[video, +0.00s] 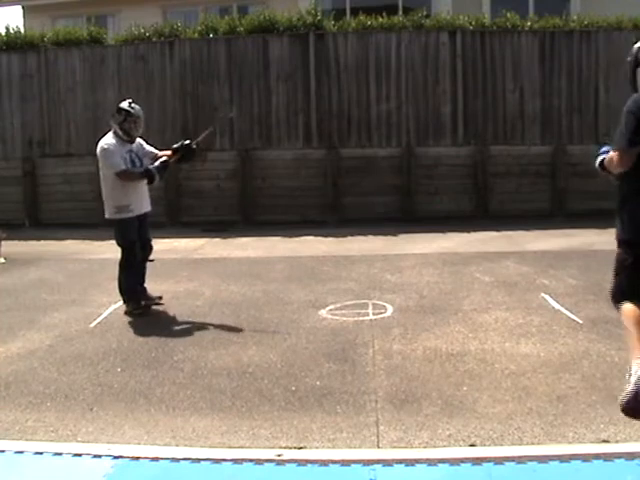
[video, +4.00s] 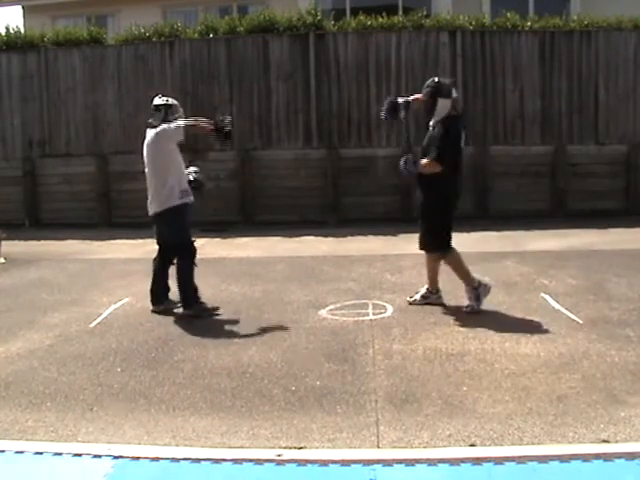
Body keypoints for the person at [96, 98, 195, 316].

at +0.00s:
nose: (134, 127)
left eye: (137, 123)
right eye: (130, 123)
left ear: (140, 124)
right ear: (119, 123)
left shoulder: (135, 142)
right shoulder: (107, 147)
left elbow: (156, 156)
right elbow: (123, 175)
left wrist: (177, 151)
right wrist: (152, 170)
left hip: (140, 209)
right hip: (122, 212)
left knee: (144, 250)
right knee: (130, 254)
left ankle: (140, 291)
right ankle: (131, 300)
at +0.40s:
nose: (148, 121)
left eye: (148, 116)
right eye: (144, 116)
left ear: (140, 118)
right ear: (132, 117)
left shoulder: (142, 142)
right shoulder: (119, 145)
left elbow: (149, 170)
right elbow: (118, 177)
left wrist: (167, 180)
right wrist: (138, 197)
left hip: (147, 207)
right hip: (129, 210)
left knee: (152, 250)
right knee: (137, 252)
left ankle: (151, 293)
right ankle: (131, 299)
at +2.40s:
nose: (169, 119)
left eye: (169, 114)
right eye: (165, 114)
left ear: (155, 118)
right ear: (155, 117)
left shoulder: (159, 140)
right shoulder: (139, 144)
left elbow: (157, 170)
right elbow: (130, 175)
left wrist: (169, 192)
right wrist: (148, 194)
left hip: (166, 209)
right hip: (151, 212)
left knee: (162, 252)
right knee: (157, 252)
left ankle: (156, 296)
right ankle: (148, 300)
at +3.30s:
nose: (176, 117)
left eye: (176, 112)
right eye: (172, 113)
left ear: (157, 116)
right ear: (164, 115)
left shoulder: (164, 139)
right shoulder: (155, 145)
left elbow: (173, 172)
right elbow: (163, 176)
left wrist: (190, 188)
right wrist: (184, 194)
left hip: (170, 207)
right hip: (165, 209)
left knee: (167, 251)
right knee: (173, 253)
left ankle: (155, 296)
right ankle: (170, 301)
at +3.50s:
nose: (175, 118)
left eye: (175, 113)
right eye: (171, 113)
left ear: (153, 116)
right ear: (163, 115)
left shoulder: (159, 139)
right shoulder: (157, 143)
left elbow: (174, 169)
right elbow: (183, 164)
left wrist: (196, 179)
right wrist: (213, 171)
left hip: (171, 207)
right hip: (167, 209)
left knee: (169, 251)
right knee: (174, 253)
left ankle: (158, 297)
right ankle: (170, 302)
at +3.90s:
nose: (177, 120)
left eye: (176, 116)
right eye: (174, 116)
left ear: (154, 116)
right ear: (168, 117)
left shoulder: (150, 138)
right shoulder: (165, 138)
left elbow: (166, 167)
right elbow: (200, 152)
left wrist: (186, 167)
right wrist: (204, 151)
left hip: (159, 206)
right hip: (173, 206)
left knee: (166, 251)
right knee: (181, 251)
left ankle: (160, 299)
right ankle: (177, 301)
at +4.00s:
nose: (177, 119)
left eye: (177, 116)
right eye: (176, 115)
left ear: (156, 115)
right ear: (168, 115)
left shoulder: (151, 138)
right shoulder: (162, 134)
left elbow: (162, 171)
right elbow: (193, 123)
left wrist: (184, 176)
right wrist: (213, 127)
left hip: (162, 206)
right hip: (172, 205)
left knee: (165, 253)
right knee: (186, 252)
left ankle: (159, 299)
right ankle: (190, 302)